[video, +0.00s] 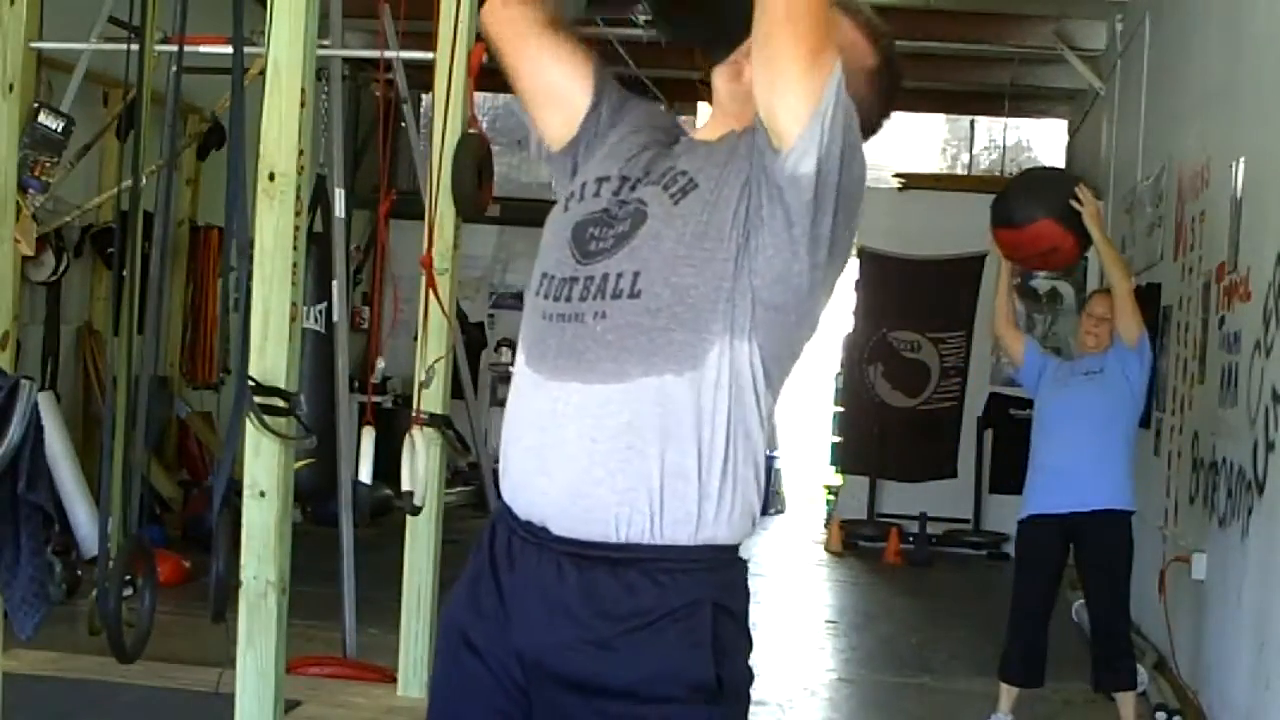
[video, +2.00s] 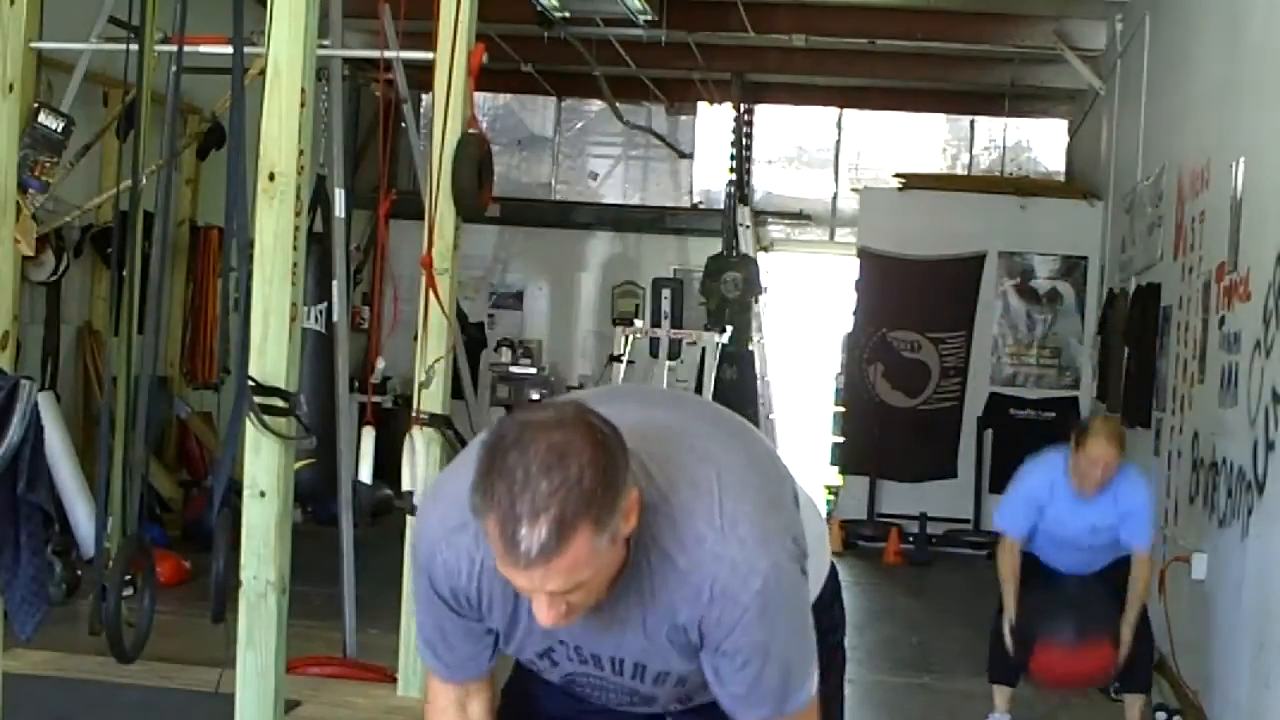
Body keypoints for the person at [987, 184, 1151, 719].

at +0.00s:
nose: (1094, 323)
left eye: (1105, 318)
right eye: (1089, 315)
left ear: (1118, 328)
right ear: (1075, 321)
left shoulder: (1129, 365)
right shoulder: (1047, 369)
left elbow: (1124, 290)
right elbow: (1005, 329)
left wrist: (1097, 233)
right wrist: (1006, 267)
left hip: (1106, 513)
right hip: (1042, 512)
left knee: (1111, 621)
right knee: (1026, 615)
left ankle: (1128, 715)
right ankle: (1003, 713)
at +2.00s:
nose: (1098, 475)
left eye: (1108, 466)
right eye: (1091, 463)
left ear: (1119, 463)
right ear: (1075, 454)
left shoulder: (1133, 487)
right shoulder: (1039, 474)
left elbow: (1141, 561)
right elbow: (1009, 542)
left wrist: (1127, 630)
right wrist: (1009, 611)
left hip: (1108, 568)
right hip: (1042, 565)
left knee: (1140, 640)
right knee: (1009, 627)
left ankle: (1135, 713)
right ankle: (1000, 711)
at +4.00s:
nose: (1137, 376)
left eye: (1148, 374)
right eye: (1132, 365)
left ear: (1153, 387)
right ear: (1112, 365)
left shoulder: (1152, 426)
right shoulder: (1058, 424)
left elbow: (1113, 421)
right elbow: (1015, 476)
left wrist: (1103, 377)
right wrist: (1017, 414)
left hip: (1113, 567)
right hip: (1046, 561)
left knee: (1140, 657)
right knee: (1012, 643)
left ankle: (1135, 712)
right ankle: (1005, 708)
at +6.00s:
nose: (1142, 332)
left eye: (1151, 328)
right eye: (1136, 320)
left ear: (1154, 335)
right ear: (1112, 320)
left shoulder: (1152, 376)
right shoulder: (1060, 372)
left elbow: (1136, 377)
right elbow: (1018, 426)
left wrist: (1105, 325)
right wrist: (1018, 368)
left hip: (1113, 519)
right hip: (1049, 513)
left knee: (1117, 620)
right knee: (1032, 613)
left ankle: (1133, 715)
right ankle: (1005, 711)